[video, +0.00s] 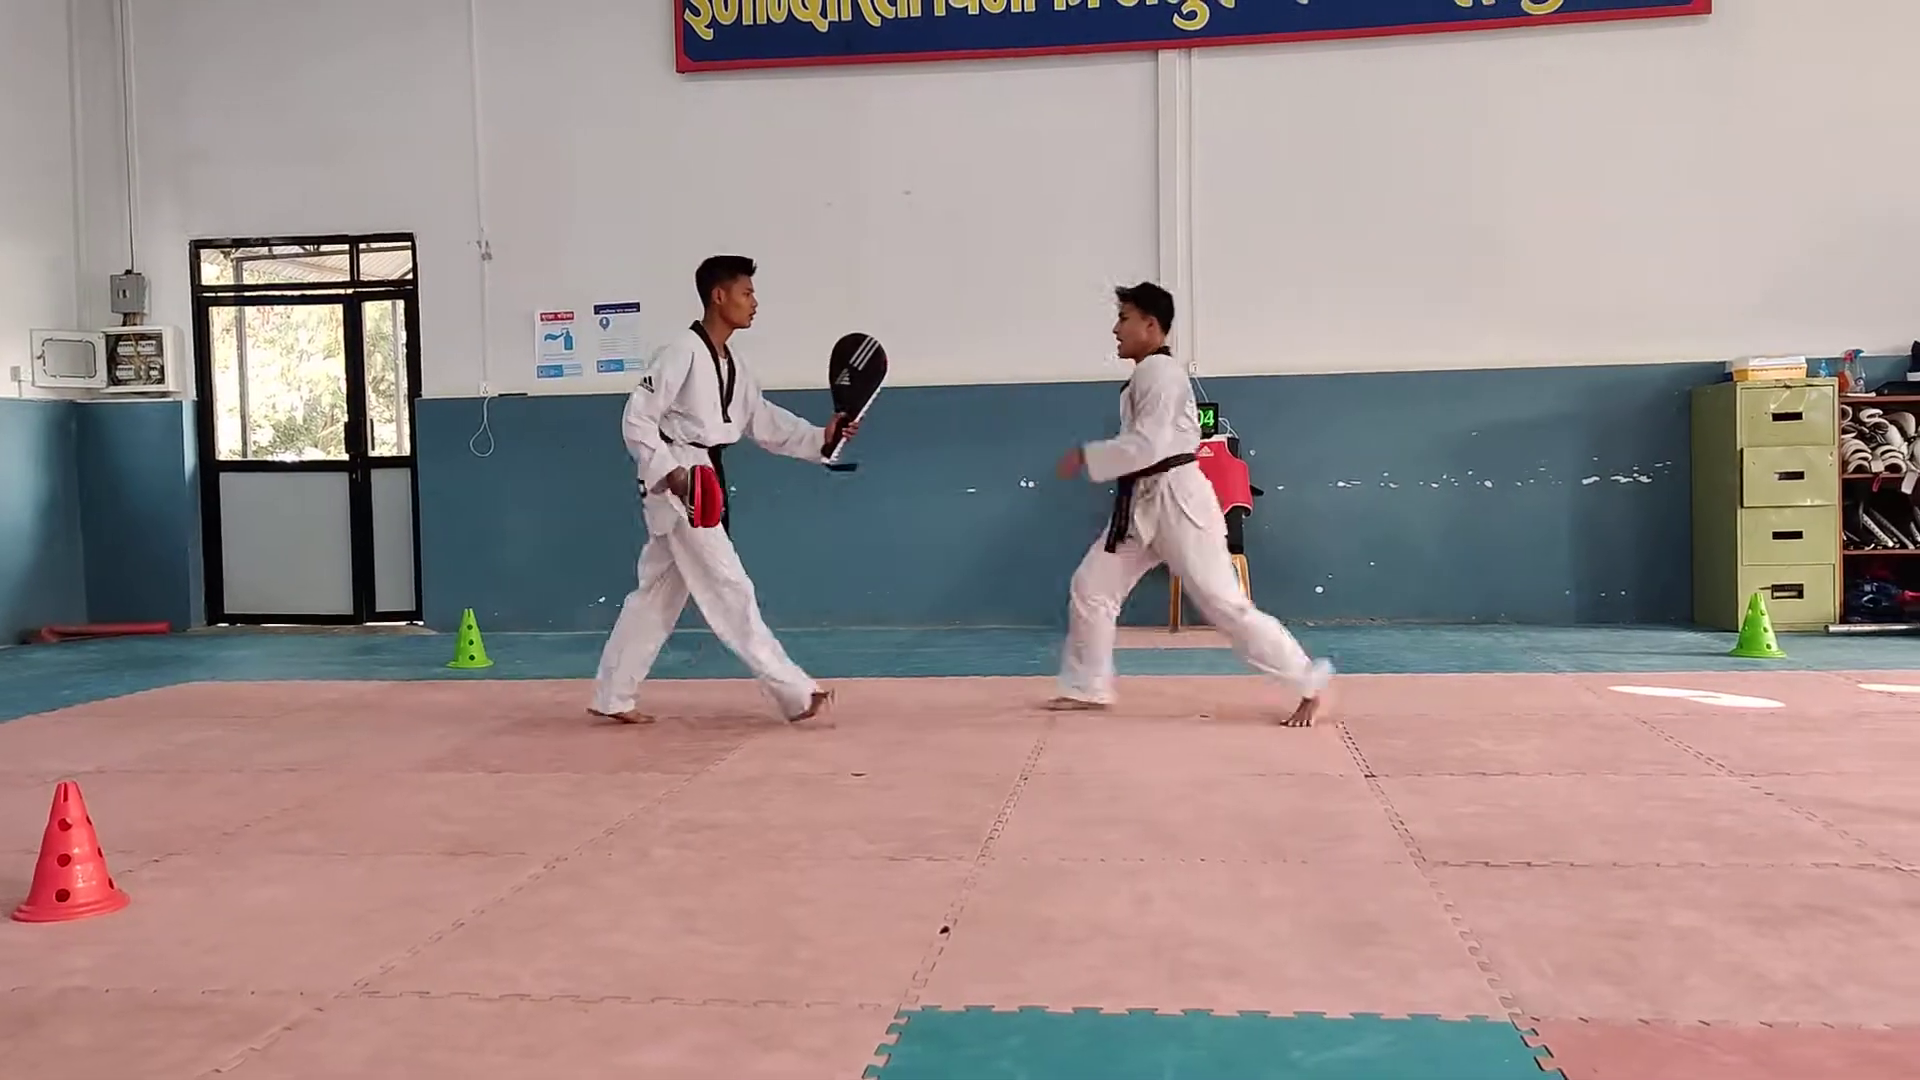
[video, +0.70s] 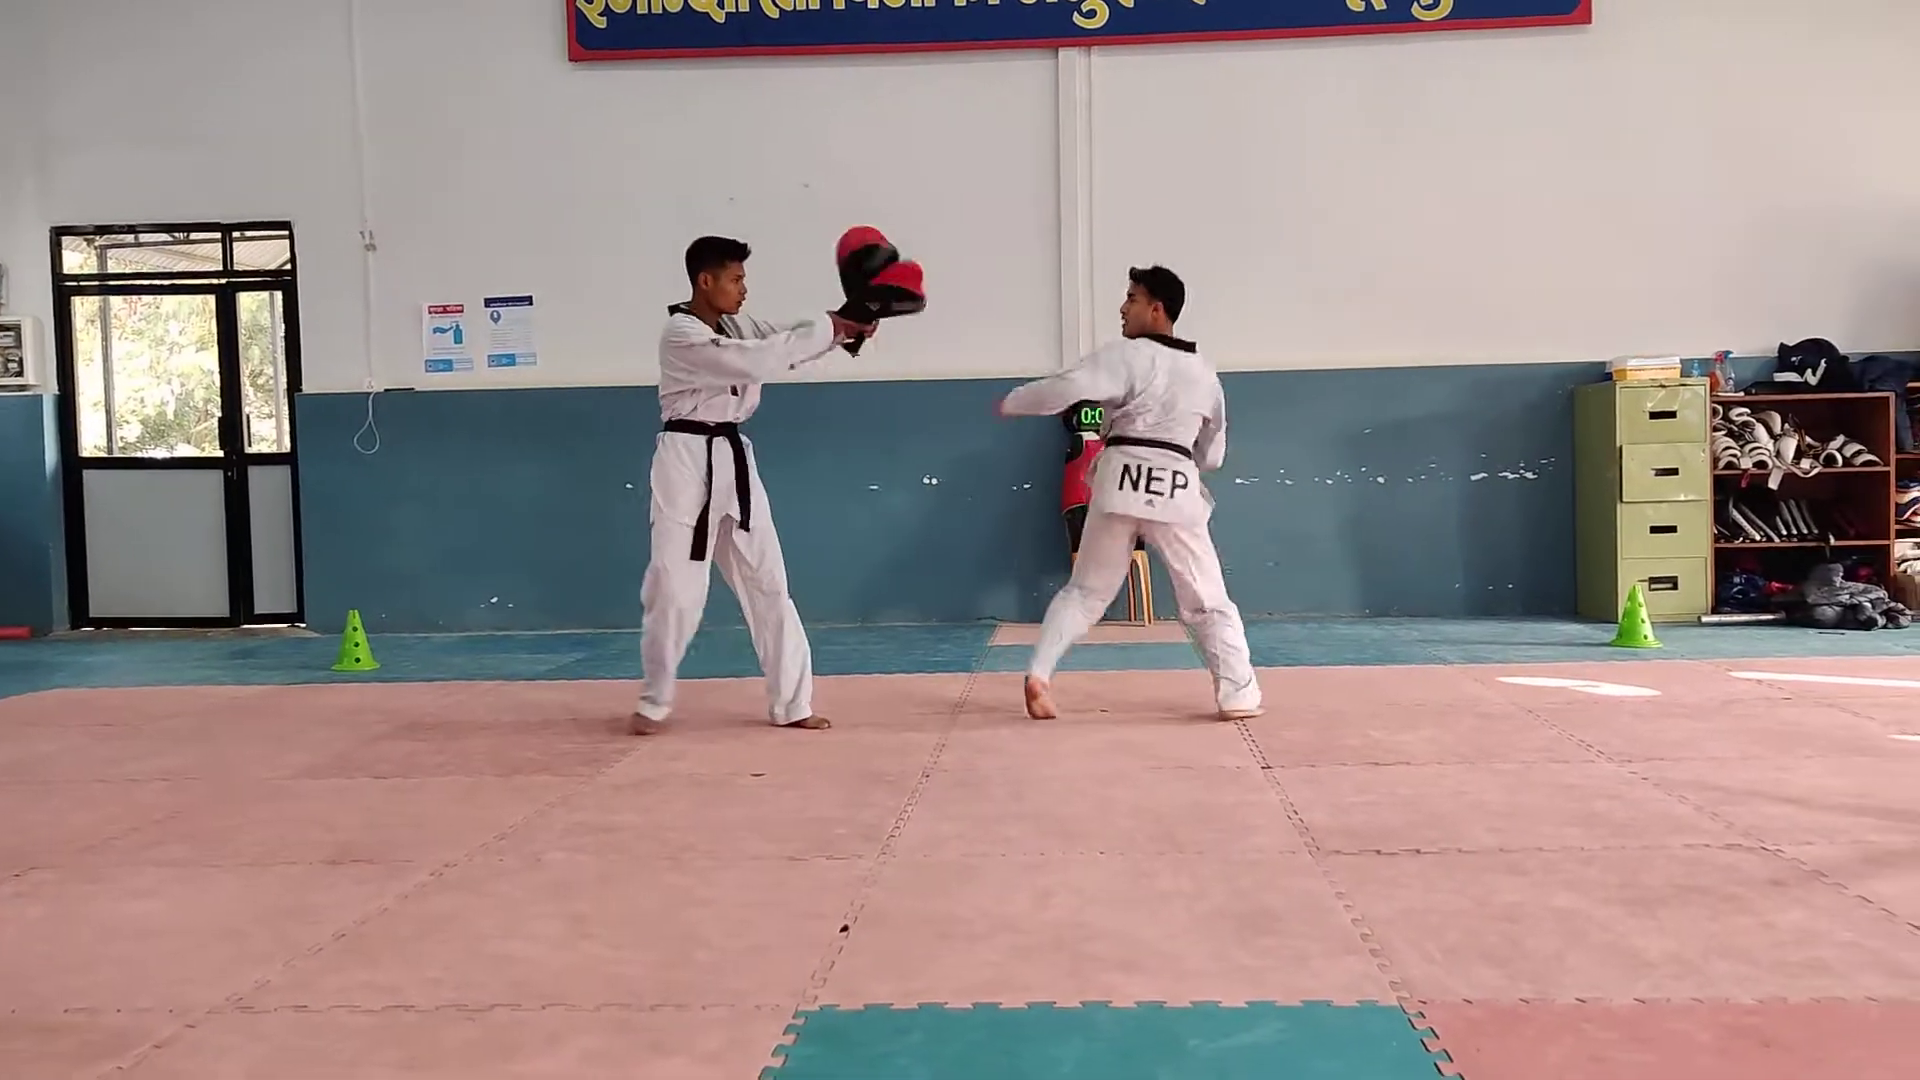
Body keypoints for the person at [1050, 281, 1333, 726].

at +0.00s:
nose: (1115, 328)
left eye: (1124, 319)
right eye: (1117, 319)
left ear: (1153, 326)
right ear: (1147, 326)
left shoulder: (1161, 371)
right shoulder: (1145, 376)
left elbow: (1149, 443)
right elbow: (1150, 446)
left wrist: (1089, 457)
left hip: (1177, 494)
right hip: (1144, 500)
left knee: (1222, 604)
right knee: (1092, 588)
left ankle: (1309, 679)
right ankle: (1089, 690)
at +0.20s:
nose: (1154, 280)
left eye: (1164, 272)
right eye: (1158, 271)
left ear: (1192, 282)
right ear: (1196, 286)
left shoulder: (1174, 324)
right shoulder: (1222, 340)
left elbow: (1145, 392)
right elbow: (1237, 411)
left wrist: (1082, 383)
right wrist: (1221, 464)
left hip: (1184, 447)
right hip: (1217, 458)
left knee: (1126, 549)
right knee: (1194, 564)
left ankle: (1210, 635)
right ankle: (1201, 685)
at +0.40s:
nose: (1154, 282)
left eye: (1164, 274)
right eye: (1157, 272)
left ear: (1192, 284)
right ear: (1193, 287)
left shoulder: (1181, 327)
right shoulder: (1213, 338)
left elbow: (1159, 384)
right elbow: (1143, 388)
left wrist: (1130, 434)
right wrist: (1104, 351)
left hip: (1165, 433)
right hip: (1202, 462)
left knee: (1060, 409)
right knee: (1190, 574)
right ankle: (1207, 688)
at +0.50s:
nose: (1142, 269)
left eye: (1153, 261)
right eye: (1146, 259)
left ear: (1181, 272)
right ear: (1184, 274)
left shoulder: (1160, 312)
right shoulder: (1205, 327)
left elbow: (1152, 367)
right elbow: (1172, 390)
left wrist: (1106, 415)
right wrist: (1121, 361)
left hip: (1145, 427)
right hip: (1191, 447)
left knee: (1049, 444)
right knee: (1192, 570)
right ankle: (1204, 684)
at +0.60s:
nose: (1135, 280)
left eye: (1145, 272)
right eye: (1138, 270)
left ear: (1173, 283)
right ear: (1177, 286)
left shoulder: (1148, 321)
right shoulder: (1208, 341)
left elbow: (1132, 370)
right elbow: (1201, 399)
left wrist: (1067, 400)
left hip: (1133, 439)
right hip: (1187, 453)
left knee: (1062, 533)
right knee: (1204, 573)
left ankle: (1031, 624)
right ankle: (1232, 687)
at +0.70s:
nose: (1122, 308)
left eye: (1131, 300)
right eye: (1126, 298)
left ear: (1158, 309)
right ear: (1165, 312)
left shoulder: (1127, 353)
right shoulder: (1204, 373)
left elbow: (1066, 389)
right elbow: (1211, 456)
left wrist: (1011, 403)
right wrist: (1167, 450)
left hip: (1118, 476)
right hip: (1178, 483)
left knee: (1086, 590)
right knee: (1208, 601)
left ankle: (1039, 670)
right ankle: (1238, 693)